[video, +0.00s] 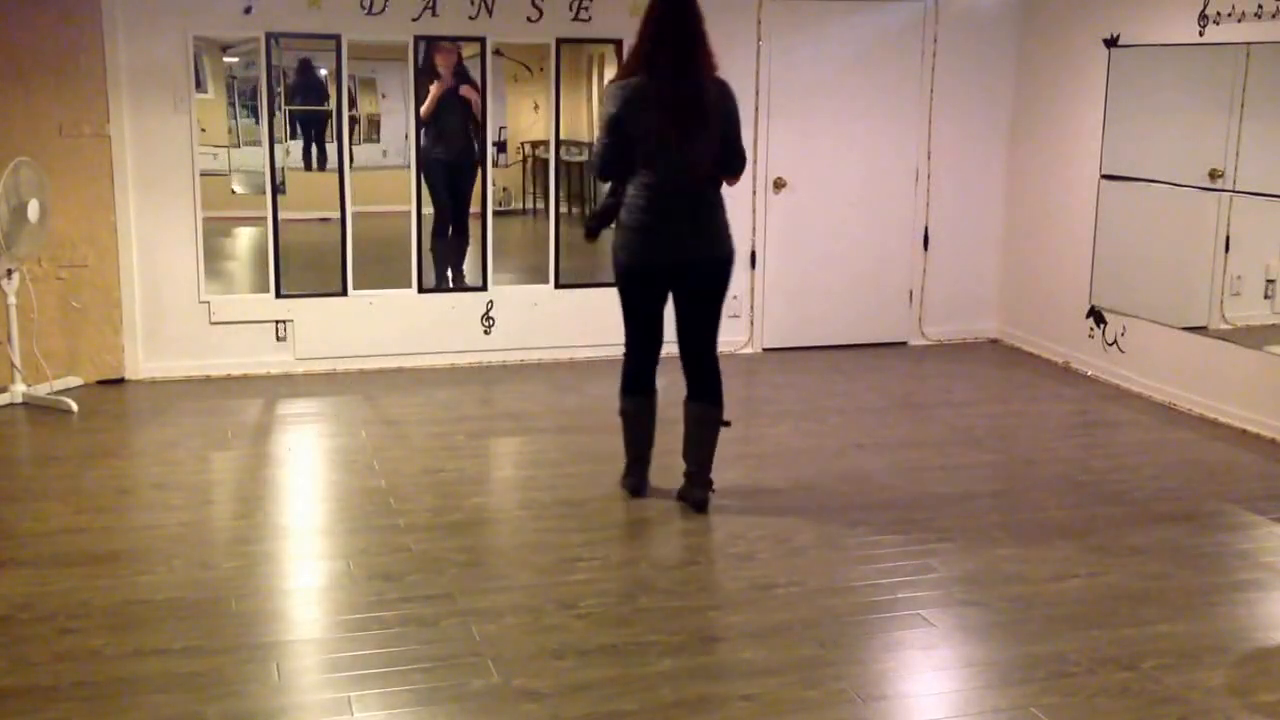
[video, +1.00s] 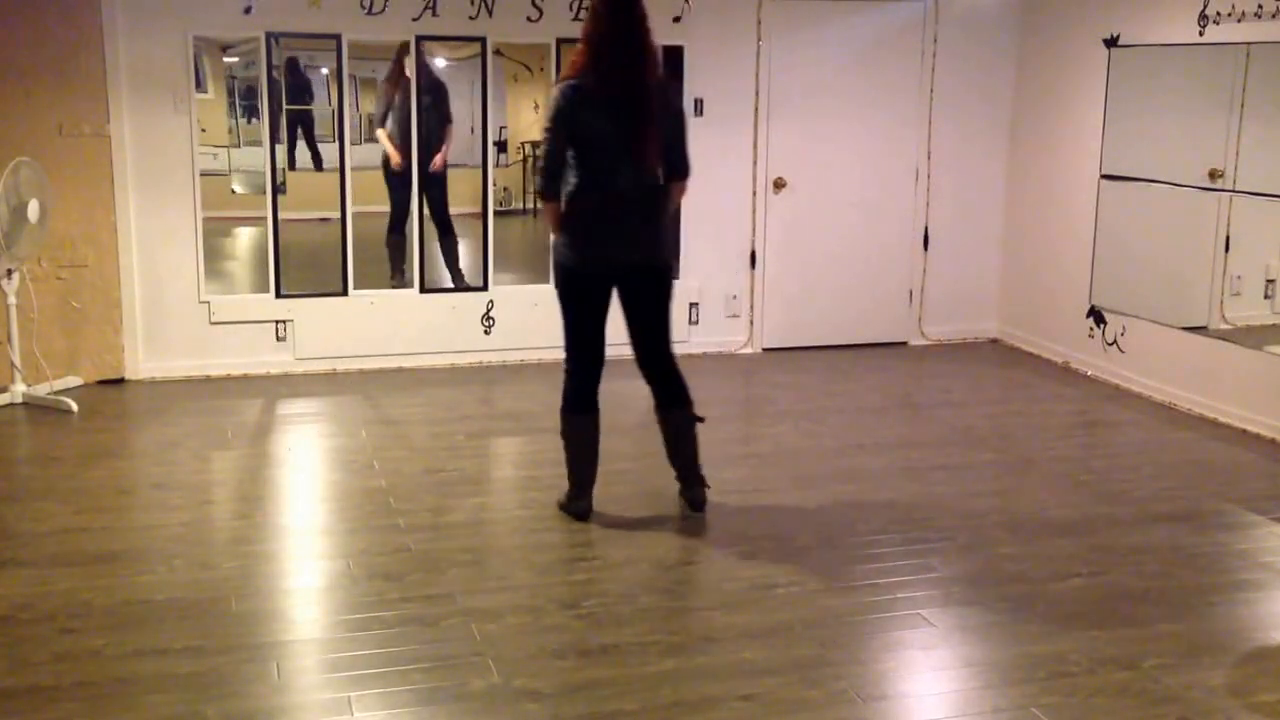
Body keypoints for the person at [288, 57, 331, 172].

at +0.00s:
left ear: (298, 69)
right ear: (312, 68)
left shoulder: (296, 82)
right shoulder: (317, 81)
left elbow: (290, 99)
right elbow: (325, 96)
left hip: (303, 113)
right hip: (319, 113)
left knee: (307, 141)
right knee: (320, 141)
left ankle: (307, 167)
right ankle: (321, 166)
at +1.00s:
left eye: (286, 67)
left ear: (286, 67)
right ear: (298, 66)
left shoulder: (284, 80)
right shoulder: (305, 79)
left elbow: (280, 96)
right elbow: (311, 96)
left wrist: (281, 108)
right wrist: (307, 102)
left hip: (290, 111)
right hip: (305, 110)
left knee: (291, 144)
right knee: (311, 141)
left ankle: (291, 170)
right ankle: (319, 167)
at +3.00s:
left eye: (284, 67)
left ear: (285, 67)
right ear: (297, 66)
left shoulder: (283, 82)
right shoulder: (302, 80)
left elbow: (280, 100)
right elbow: (308, 97)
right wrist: (311, 109)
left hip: (292, 113)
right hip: (307, 112)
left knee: (294, 142)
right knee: (307, 143)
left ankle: (292, 169)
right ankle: (306, 169)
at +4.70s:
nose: (282, 70)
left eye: (282, 68)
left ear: (283, 67)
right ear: (293, 65)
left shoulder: (282, 79)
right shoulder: (300, 77)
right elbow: (308, 94)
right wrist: (304, 101)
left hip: (287, 112)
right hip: (300, 112)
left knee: (288, 143)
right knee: (298, 142)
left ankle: (290, 168)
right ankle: (303, 166)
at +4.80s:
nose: (283, 70)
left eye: (283, 67)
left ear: (283, 67)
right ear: (294, 66)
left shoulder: (282, 81)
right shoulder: (300, 78)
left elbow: (278, 97)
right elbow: (311, 91)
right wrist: (304, 99)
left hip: (289, 113)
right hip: (303, 112)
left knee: (291, 143)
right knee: (302, 142)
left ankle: (290, 168)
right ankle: (305, 167)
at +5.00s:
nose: (284, 70)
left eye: (283, 67)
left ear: (283, 67)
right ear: (294, 65)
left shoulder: (282, 81)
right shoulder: (300, 77)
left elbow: (278, 96)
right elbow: (311, 91)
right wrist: (304, 98)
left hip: (289, 112)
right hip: (303, 112)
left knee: (291, 143)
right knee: (304, 142)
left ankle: (291, 168)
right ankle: (305, 168)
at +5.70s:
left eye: (283, 67)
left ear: (283, 67)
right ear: (294, 66)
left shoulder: (281, 82)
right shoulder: (300, 80)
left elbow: (278, 100)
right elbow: (305, 96)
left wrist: (280, 115)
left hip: (290, 115)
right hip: (304, 114)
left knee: (292, 145)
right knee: (305, 144)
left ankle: (291, 170)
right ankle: (306, 169)